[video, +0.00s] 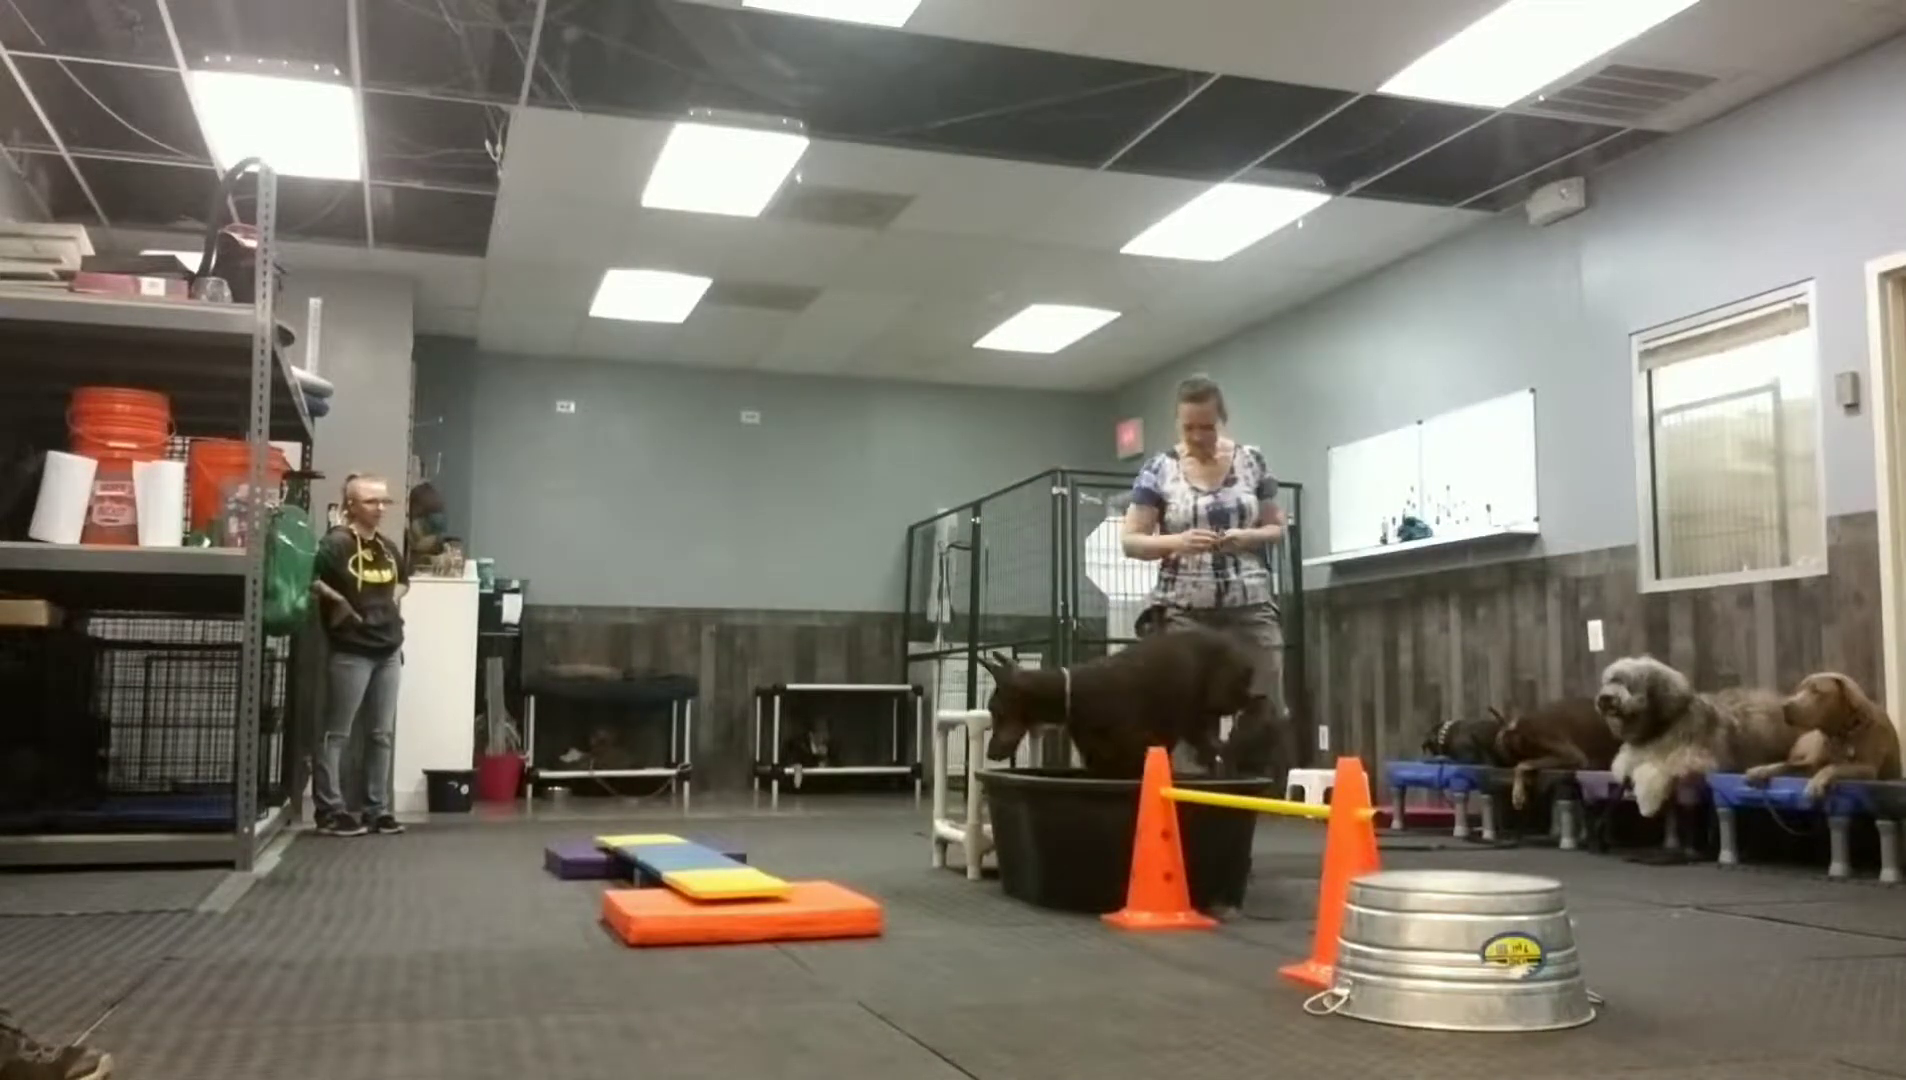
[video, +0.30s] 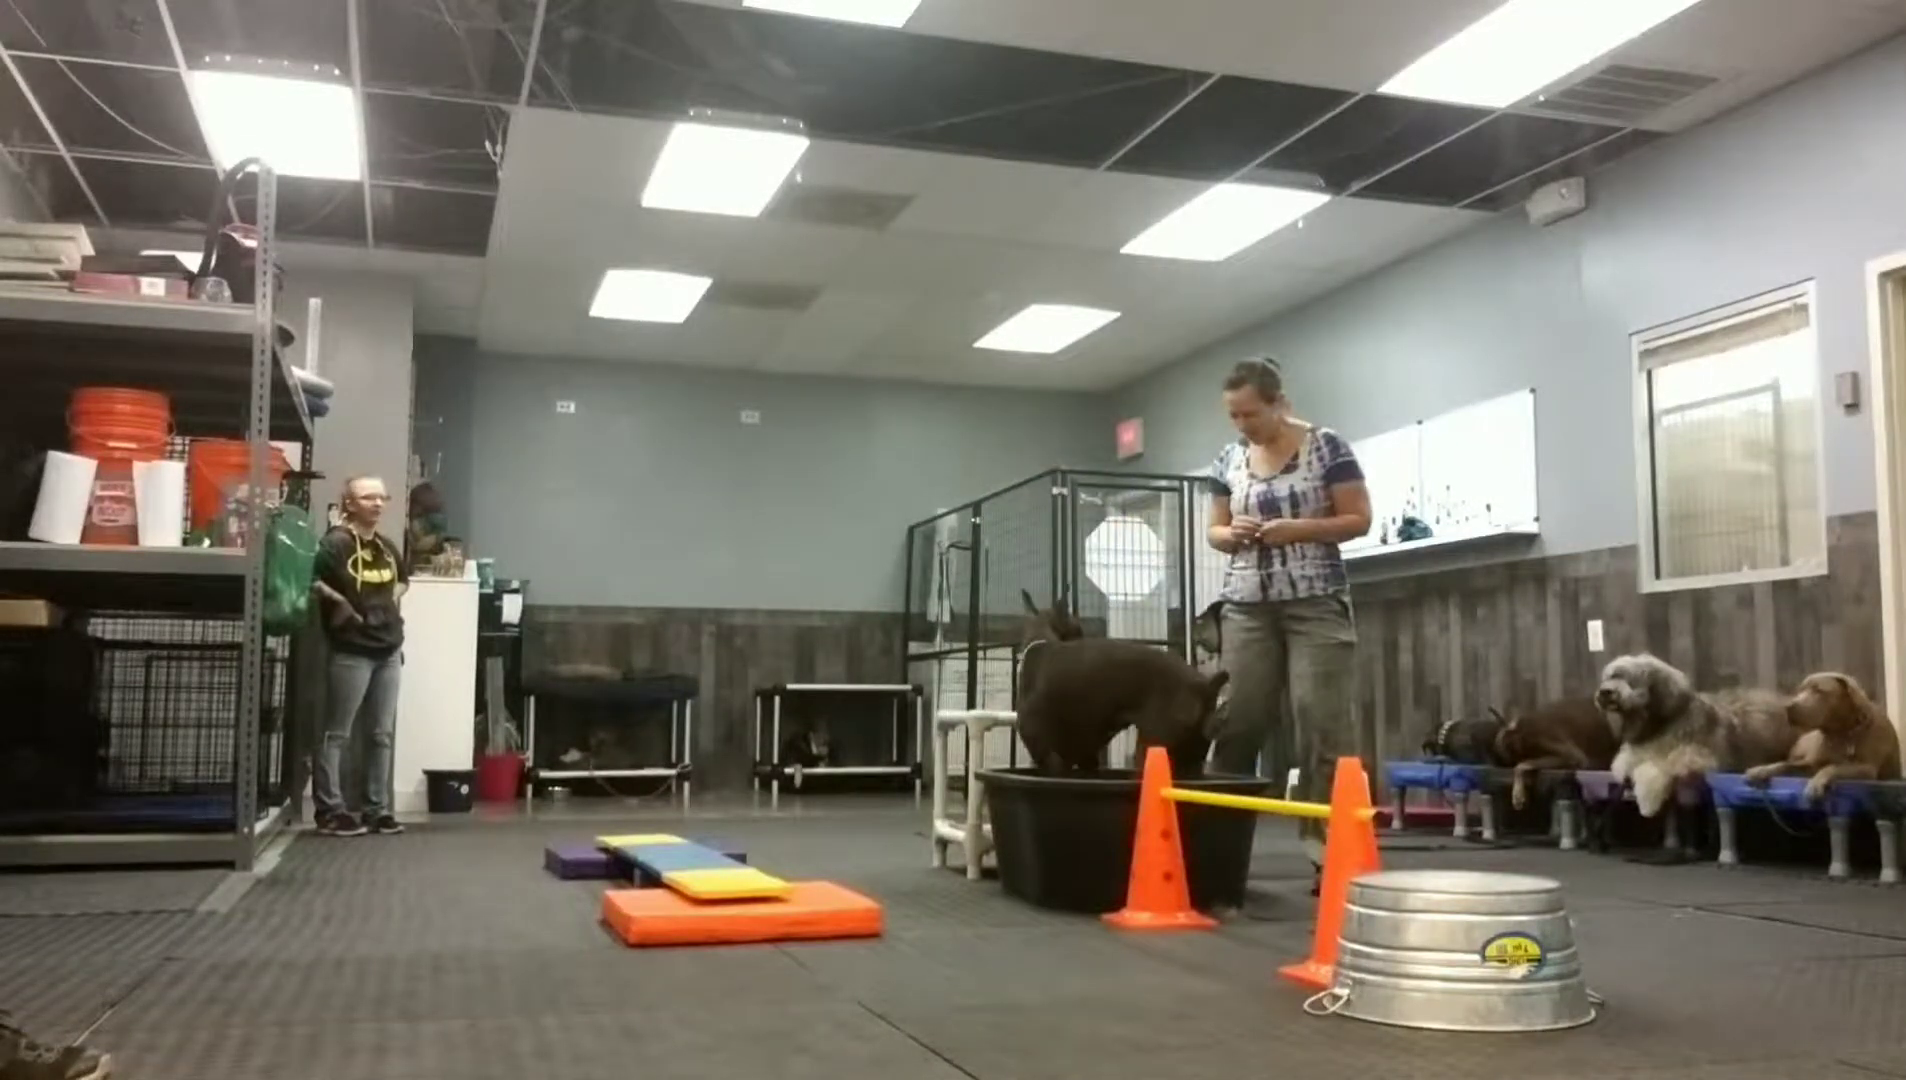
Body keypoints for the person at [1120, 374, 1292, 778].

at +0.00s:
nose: (1197, 436)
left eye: (1205, 427)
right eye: (1189, 427)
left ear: (1221, 419)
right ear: (1178, 422)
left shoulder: (1250, 462)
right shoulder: (1159, 469)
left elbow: (1276, 529)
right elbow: (1131, 541)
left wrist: (1239, 538)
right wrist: (1178, 542)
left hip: (1251, 610)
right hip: (1184, 612)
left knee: (1267, 715)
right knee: (1188, 721)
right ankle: (1190, 814)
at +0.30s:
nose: (1240, 427)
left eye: (1247, 416)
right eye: (1234, 417)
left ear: (1278, 404)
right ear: (1232, 412)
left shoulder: (1326, 447)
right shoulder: (1231, 461)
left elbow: (1358, 520)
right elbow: (1216, 532)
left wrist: (1293, 529)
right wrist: (1232, 536)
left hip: (1315, 606)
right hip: (1246, 608)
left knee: (1322, 723)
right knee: (1240, 720)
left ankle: (1325, 844)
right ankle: (1216, 837)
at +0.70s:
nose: (1230, 415)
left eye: (1237, 402)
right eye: (1224, 404)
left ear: (1270, 388)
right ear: (1228, 397)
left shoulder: (1329, 429)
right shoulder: (1229, 447)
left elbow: (1366, 503)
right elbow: (1197, 517)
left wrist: (1315, 515)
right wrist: (1222, 530)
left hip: (1322, 603)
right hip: (1253, 609)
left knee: (1308, 728)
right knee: (1264, 741)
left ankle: (1345, 854)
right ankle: (1281, 867)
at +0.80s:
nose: (1223, 413)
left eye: (1229, 399)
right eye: (1216, 402)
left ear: (1263, 384)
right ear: (1220, 395)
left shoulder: (1327, 424)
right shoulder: (1225, 446)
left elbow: (1368, 499)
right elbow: (1176, 510)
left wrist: (1309, 514)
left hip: (1321, 600)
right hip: (1253, 607)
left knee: (1311, 734)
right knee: (1264, 738)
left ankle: (1313, 870)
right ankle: (1276, 865)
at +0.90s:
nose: (1220, 406)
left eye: (1225, 393)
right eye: (1213, 396)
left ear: (1259, 375)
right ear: (1236, 384)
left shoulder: (1324, 417)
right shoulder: (1231, 442)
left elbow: (1367, 497)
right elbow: (1199, 516)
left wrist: (1293, 513)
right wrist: (1134, 529)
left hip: (1321, 596)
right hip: (1256, 603)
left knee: (1313, 735)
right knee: (1268, 735)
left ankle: (1322, 869)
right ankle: (1283, 863)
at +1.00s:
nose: (1215, 407)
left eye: (1218, 394)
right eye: (1209, 398)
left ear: (1251, 374)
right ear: (1240, 382)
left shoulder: (1316, 414)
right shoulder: (1243, 441)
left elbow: (1357, 497)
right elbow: (1250, 516)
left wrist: (1277, 514)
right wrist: (1199, 525)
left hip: (1318, 595)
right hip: (1259, 601)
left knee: (1316, 732)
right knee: (1272, 734)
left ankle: (1325, 866)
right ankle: (1292, 858)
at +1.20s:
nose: (1218, 409)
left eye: (1219, 395)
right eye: (1212, 400)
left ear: (1248, 374)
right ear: (1242, 382)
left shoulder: (1312, 416)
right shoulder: (1260, 438)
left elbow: (1348, 499)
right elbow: (1284, 508)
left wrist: (1267, 518)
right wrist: (1242, 517)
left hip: (1315, 594)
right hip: (1269, 599)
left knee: (1315, 730)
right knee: (1278, 732)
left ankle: (1332, 865)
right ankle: (1294, 858)